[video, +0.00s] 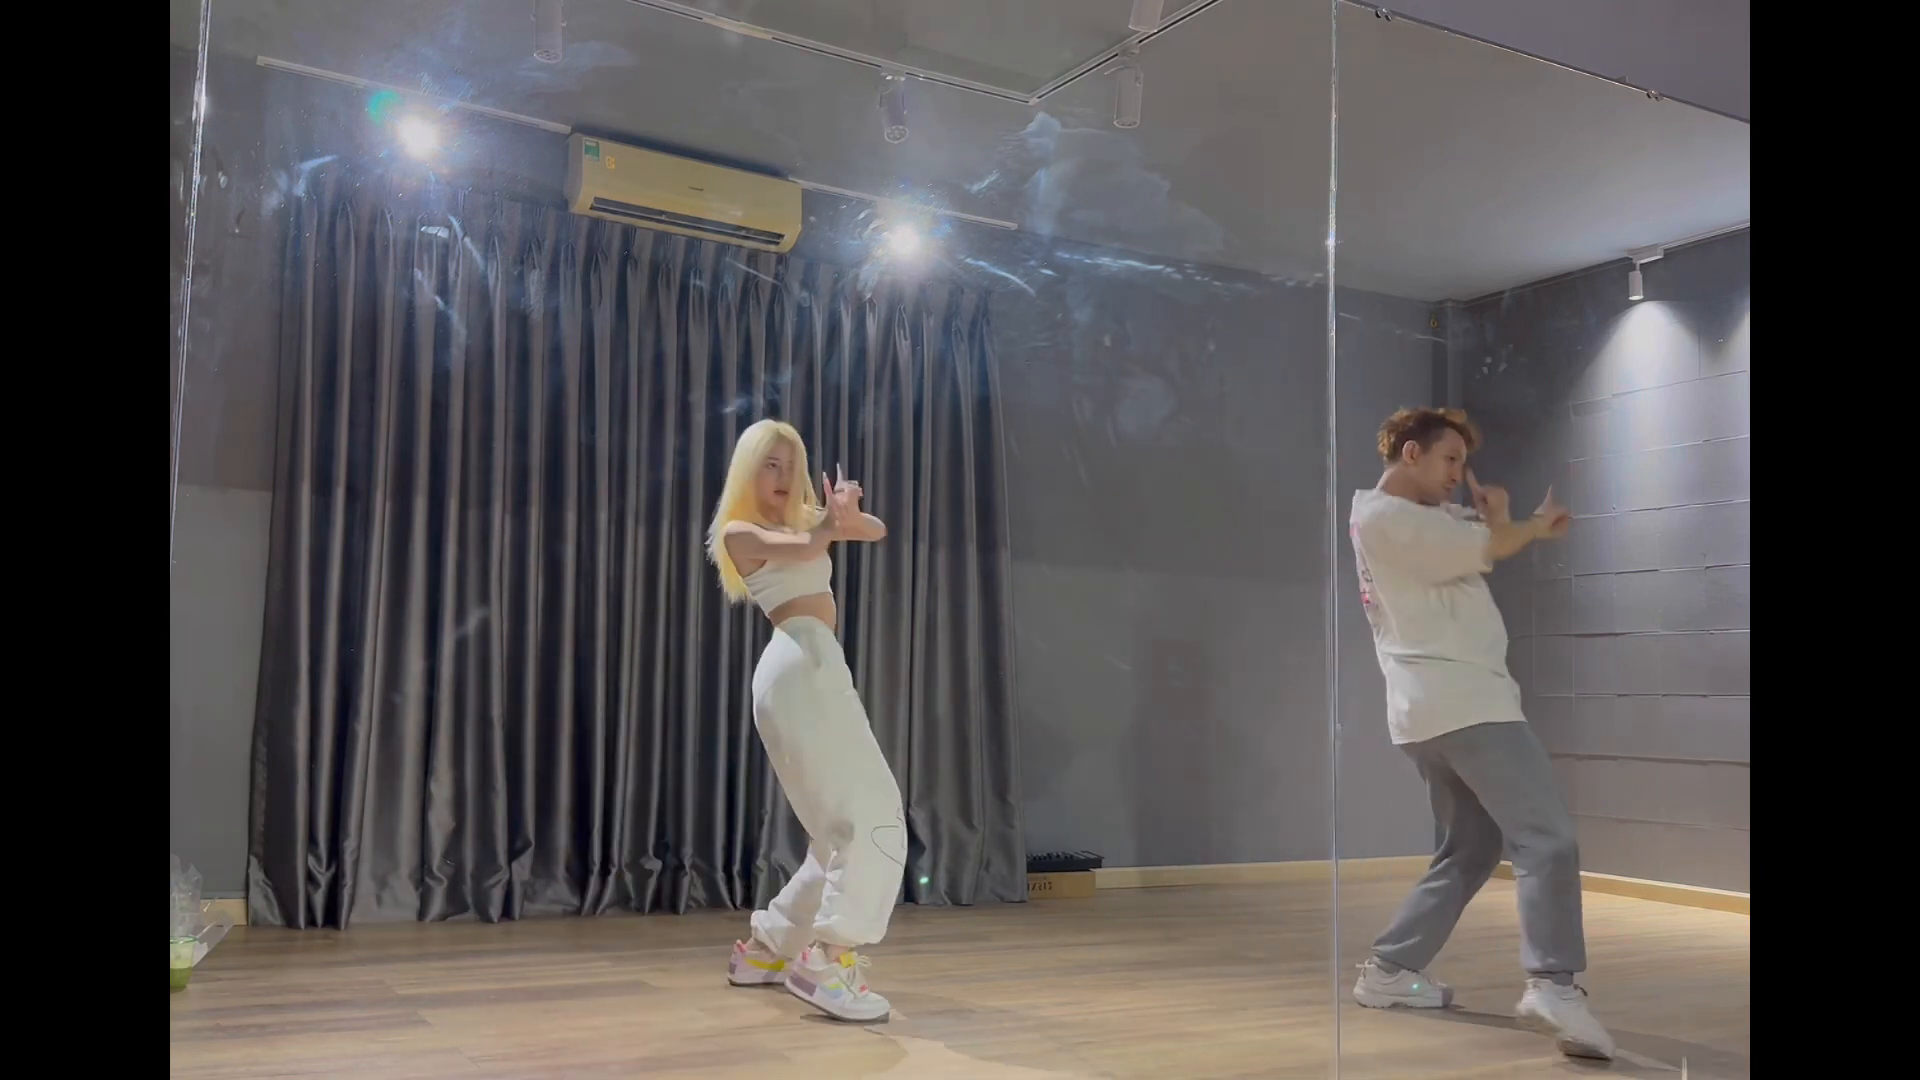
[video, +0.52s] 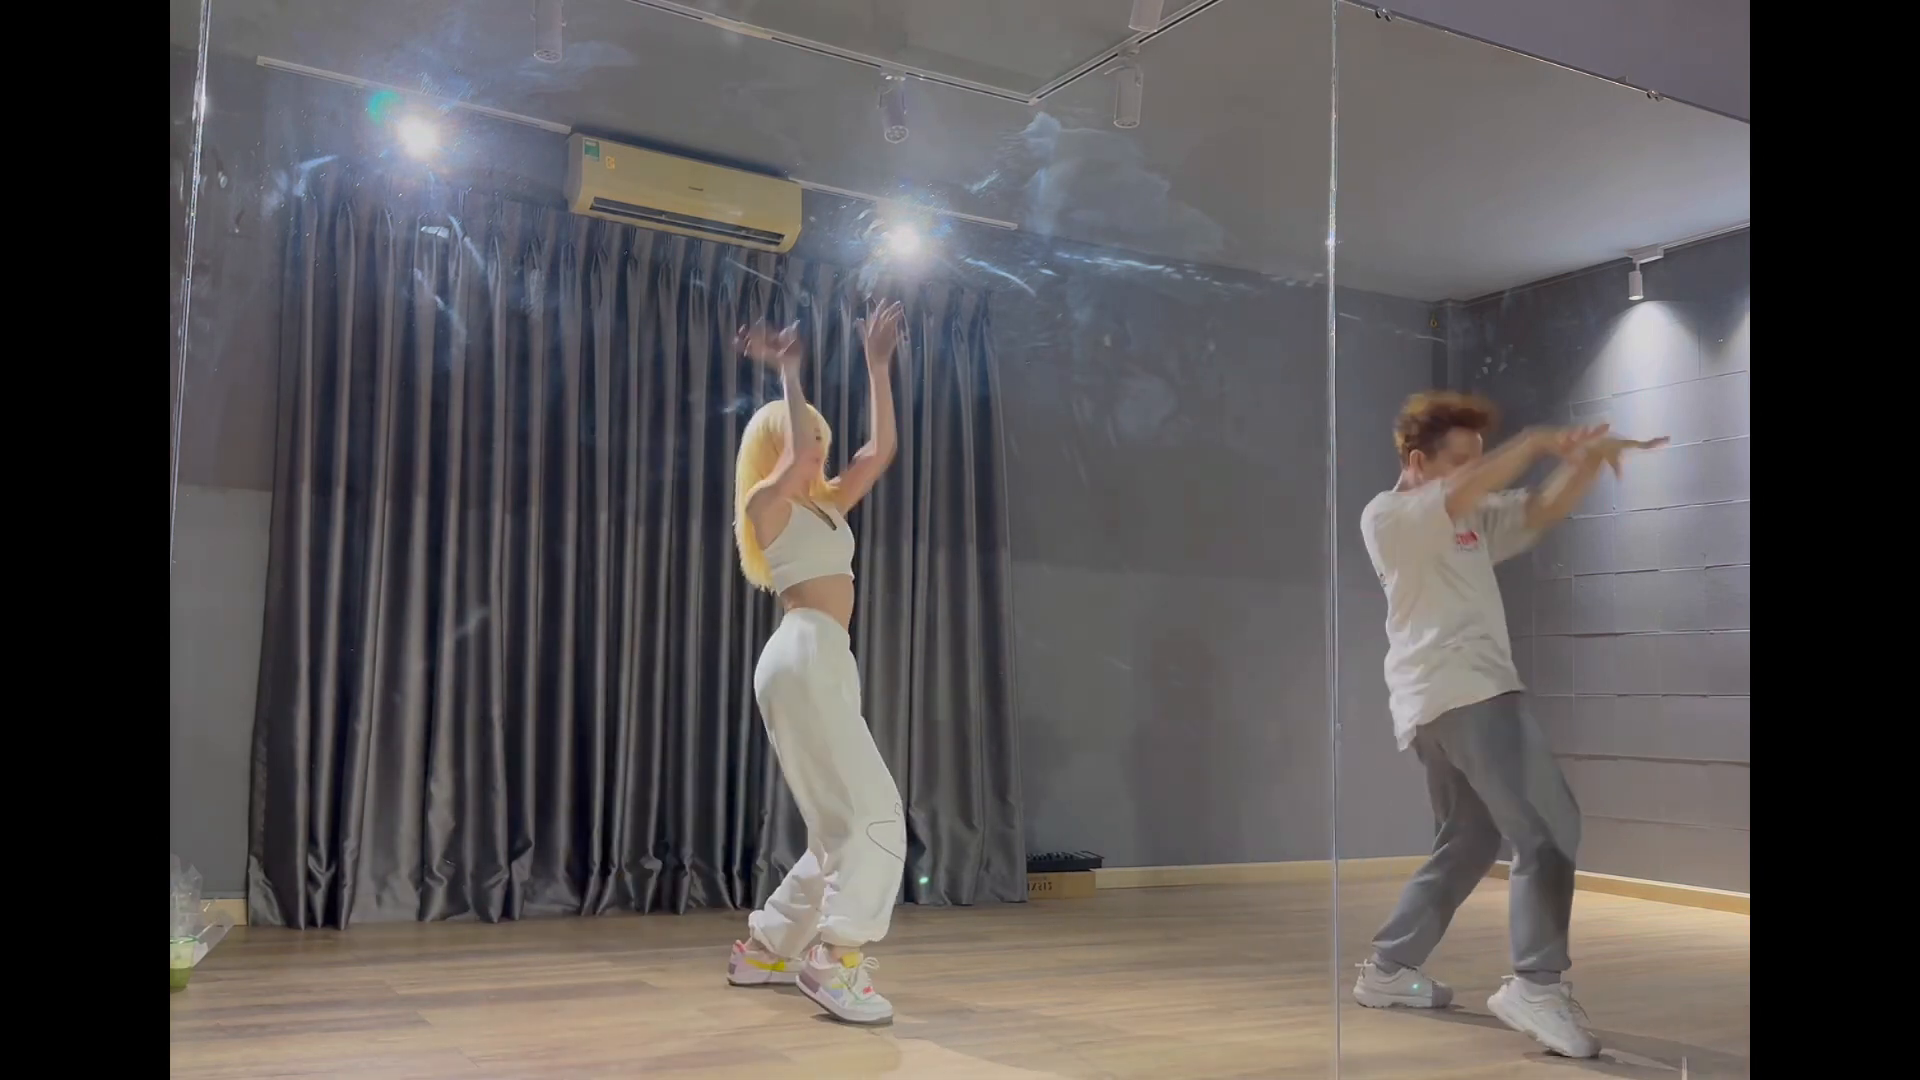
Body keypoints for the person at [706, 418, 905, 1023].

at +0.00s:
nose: (782, 476)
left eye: (791, 468)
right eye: (771, 464)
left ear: (800, 478)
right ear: (747, 469)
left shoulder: (805, 524)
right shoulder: (737, 532)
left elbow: (875, 532)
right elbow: (804, 547)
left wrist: (844, 513)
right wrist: (834, 521)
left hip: (801, 679)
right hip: (803, 678)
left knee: (842, 831)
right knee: (879, 816)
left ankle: (764, 948)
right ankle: (826, 961)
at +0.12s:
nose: (806, 483)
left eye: (814, 475)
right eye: (795, 470)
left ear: (819, 485)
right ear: (763, 473)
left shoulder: (806, 534)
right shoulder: (746, 529)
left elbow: (835, 532)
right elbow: (767, 530)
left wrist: (873, 526)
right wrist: (840, 527)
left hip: (828, 698)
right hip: (794, 695)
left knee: (856, 849)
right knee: (877, 814)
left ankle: (768, 950)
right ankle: (847, 962)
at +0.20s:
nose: (809, 485)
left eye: (817, 476)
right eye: (798, 474)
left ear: (825, 486)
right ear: (766, 483)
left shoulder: (818, 542)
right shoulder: (756, 539)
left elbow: (876, 548)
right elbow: (706, 514)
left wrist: (874, 520)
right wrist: (785, 518)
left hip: (846, 702)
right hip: (792, 702)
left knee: (856, 857)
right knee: (862, 815)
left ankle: (765, 949)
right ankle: (861, 964)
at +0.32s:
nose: (815, 481)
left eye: (818, 471)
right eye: (804, 468)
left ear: (819, 484)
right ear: (771, 475)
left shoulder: (817, 556)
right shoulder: (757, 536)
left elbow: (892, 579)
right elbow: (726, 524)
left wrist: (857, 517)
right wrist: (762, 485)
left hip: (855, 693)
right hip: (799, 700)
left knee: (852, 837)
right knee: (853, 810)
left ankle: (765, 949)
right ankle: (867, 964)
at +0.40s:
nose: (814, 464)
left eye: (816, 453)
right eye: (802, 453)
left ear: (818, 463)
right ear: (770, 464)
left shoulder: (822, 528)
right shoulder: (750, 526)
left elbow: (900, 545)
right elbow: (790, 505)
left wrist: (867, 488)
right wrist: (757, 461)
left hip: (849, 685)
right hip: (797, 688)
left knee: (838, 833)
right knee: (868, 810)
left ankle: (764, 949)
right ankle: (852, 961)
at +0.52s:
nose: (821, 440)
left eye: (820, 434)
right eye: (808, 434)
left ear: (815, 450)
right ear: (772, 446)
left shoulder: (822, 503)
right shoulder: (767, 507)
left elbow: (880, 449)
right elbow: (807, 453)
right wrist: (789, 372)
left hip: (803, 661)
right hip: (810, 658)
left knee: (843, 828)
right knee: (879, 818)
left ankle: (767, 946)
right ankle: (837, 959)